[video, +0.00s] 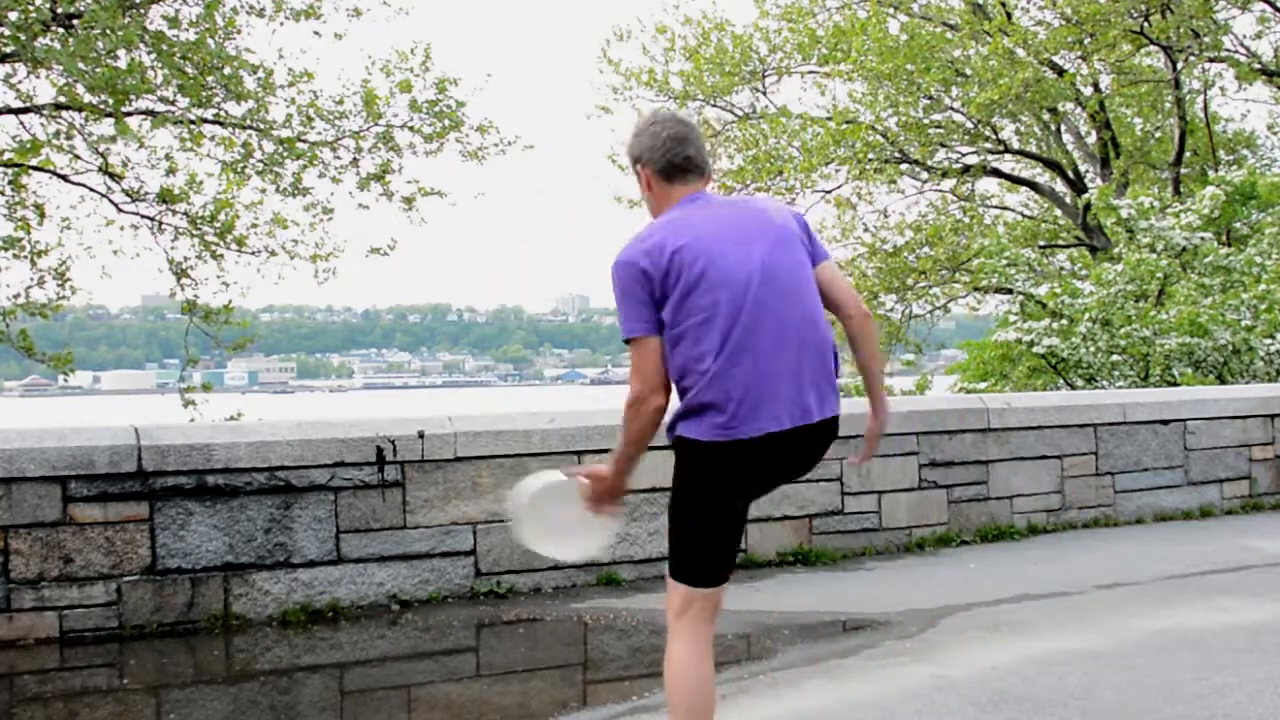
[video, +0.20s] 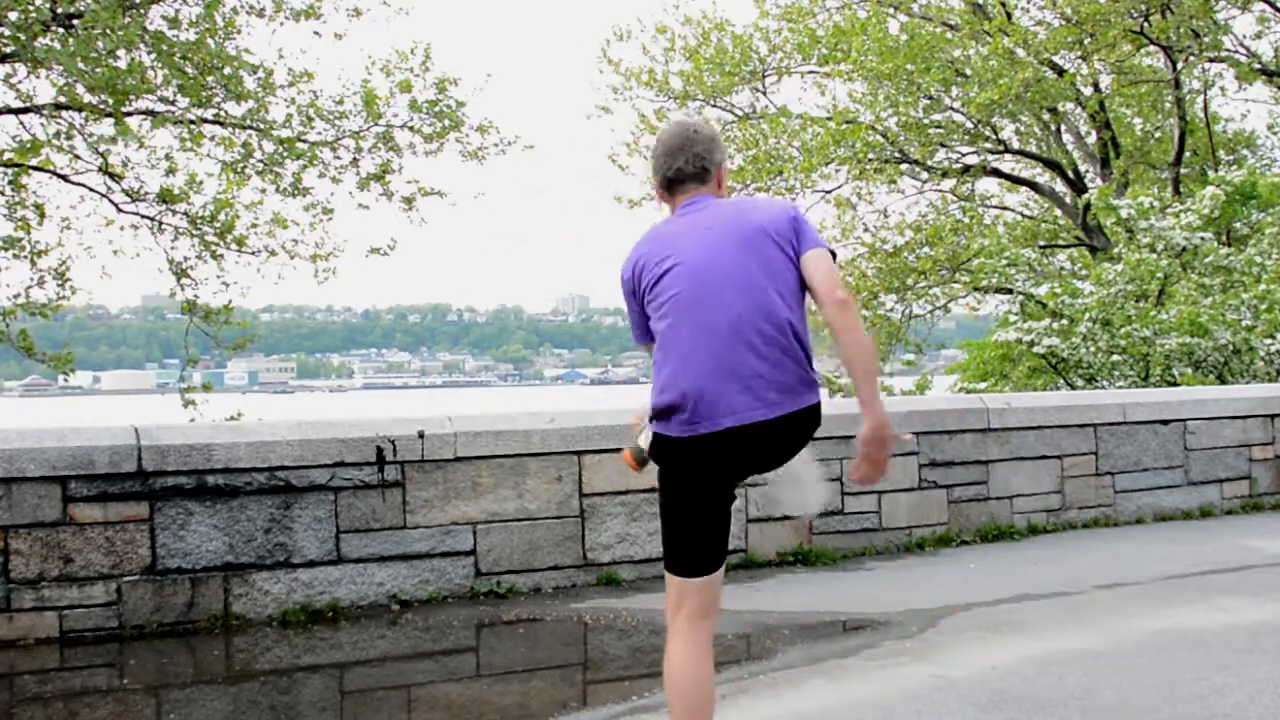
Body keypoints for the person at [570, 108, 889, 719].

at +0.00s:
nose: (638, 189)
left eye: (636, 177)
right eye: (636, 177)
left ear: (646, 176)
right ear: (707, 170)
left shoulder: (642, 256)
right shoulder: (779, 217)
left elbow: (650, 395)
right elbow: (853, 309)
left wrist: (617, 477)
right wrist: (878, 396)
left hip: (721, 443)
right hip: (812, 428)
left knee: (691, 614)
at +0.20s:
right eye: (728, 174)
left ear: (661, 192)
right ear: (724, 177)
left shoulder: (641, 257)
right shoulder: (780, 215)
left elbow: (660, 350)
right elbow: (835, 300)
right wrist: (874, 411)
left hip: (695, 442)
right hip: (789, 423)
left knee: (691, 613)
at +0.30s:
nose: (745, 167)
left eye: (742, 160)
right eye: (743, 159)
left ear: (675, 175)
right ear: (734, 164)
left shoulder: (650, 243)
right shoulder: (784, 214)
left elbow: (664, 338)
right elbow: (822, 295)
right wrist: (832, 414)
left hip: (689, 439)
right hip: (780, 420)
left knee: (690, 616)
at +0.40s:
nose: (763, 162)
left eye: (758, 152)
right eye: (761, 152)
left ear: (694, 164)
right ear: (749, 157)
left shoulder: (661, 236)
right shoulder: (791, 213)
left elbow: (658, 348)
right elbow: (811, 292)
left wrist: (685, 414)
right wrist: (807, 407)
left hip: (686, 432)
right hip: (769, 413)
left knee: (691, 610)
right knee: (777, 451)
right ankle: (756, 575)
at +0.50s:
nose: (782, 159)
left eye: (777, 149)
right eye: (778, 149)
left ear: (713, 164)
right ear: (763, 156)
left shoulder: (677, 235)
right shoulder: (803, 219)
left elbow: (675, 334)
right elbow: (824, 301)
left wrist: (702, 411)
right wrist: (813, 413)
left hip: (695, 435)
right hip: (778, 424)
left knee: (694, 607)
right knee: (822, 506)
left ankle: (689, 716)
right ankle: (814, 656)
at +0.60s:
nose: (806, 163)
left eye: (802, 152)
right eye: (801, 153)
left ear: (738, 173)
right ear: (785, 163)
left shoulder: (713, 240)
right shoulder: (825, 226)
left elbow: (728, 311)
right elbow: (848, 312)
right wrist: (853, 422)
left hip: (716, 441)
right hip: (800, 433)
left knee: (708, 608)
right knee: (851, 555)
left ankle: (693, 717)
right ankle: (858, 700)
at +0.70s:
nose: (841, 174)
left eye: (836, 164)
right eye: (837, 165)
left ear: (780, 182)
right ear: (822, 173)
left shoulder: (763, 246)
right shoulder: (851, 230)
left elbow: (816, 326)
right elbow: (863, 321)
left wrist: (900, 287)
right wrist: (893, 418)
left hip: (751, 440)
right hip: (829, 438)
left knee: (733, 591)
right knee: (885, 578)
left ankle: (691, 715)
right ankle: (882, 712)